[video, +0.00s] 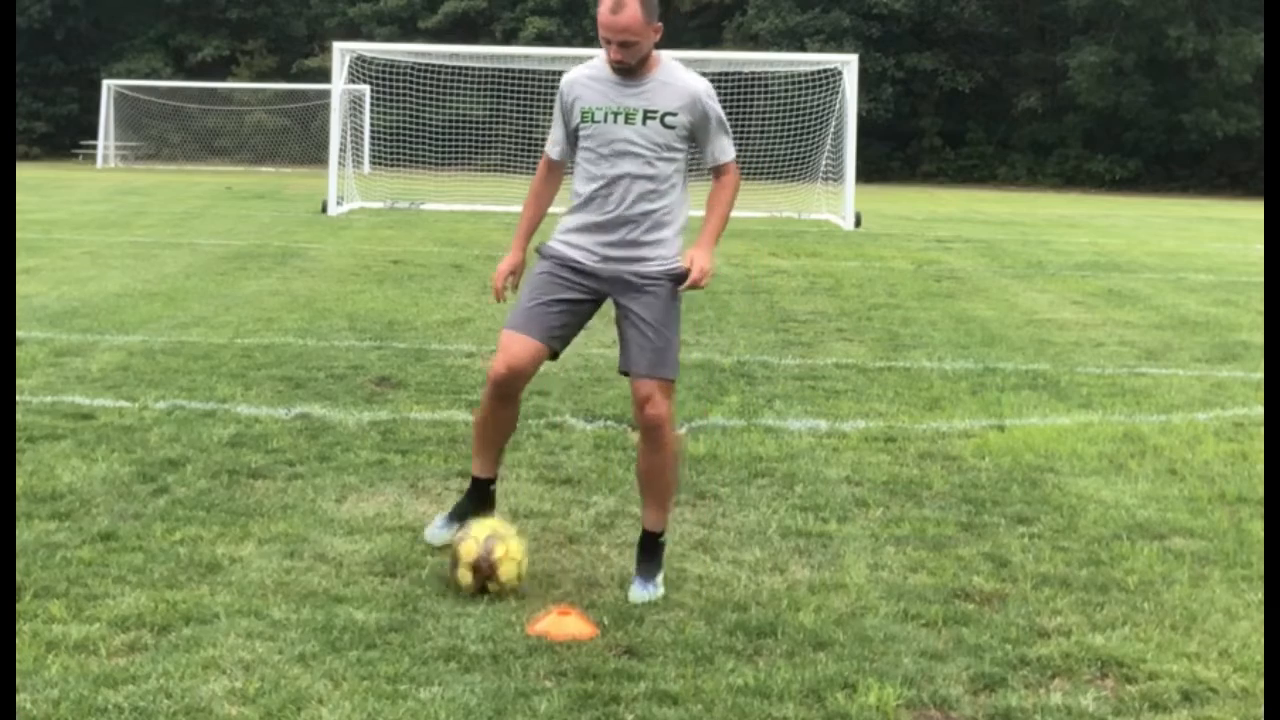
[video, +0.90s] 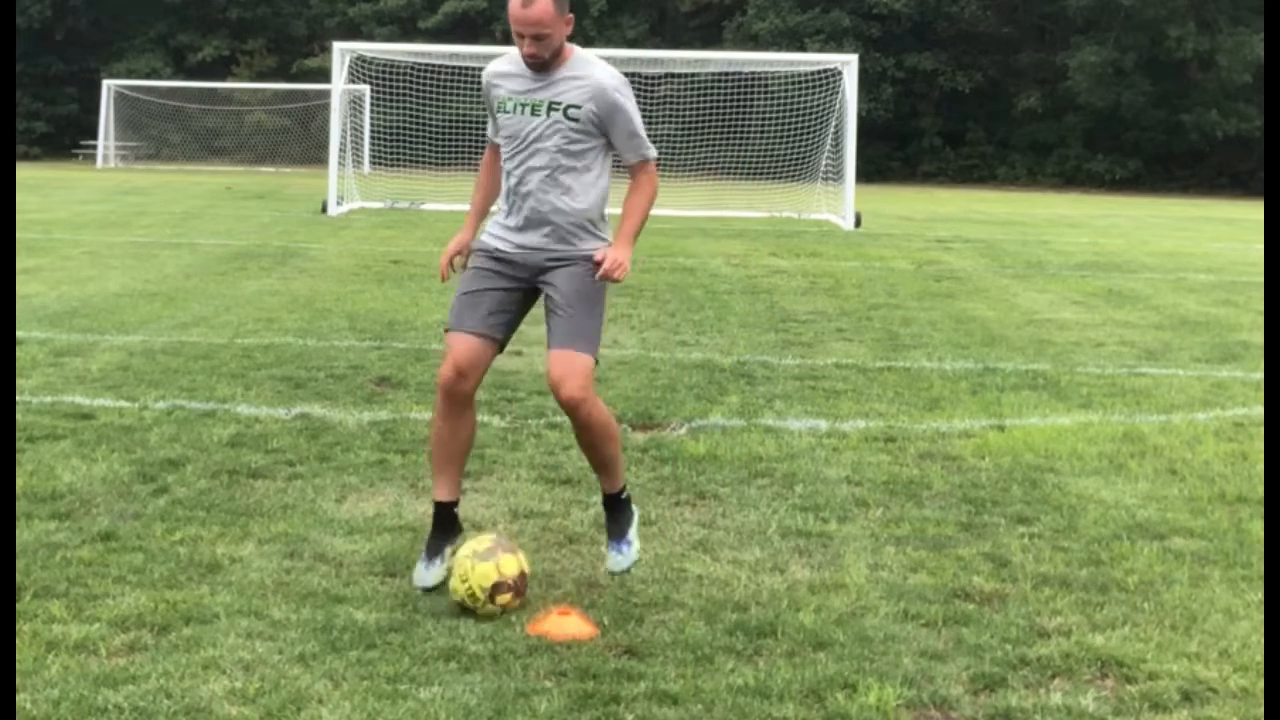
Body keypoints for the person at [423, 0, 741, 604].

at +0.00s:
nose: (614, 53)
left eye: (626, 44)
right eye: (605, 41)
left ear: (657, 31)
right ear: (597, 27)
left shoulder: (692, 93)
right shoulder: (577, 84)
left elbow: (727, 170)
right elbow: (551, 167)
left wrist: (705, 244)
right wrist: (518, 246)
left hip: (650, 266)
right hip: (572, 254)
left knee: (653, 411)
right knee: (503, 371)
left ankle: (650, 557)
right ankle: (477, 501)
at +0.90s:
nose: (527, 47)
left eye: (539, 36)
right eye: (518, 35)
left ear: (569, 22)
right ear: (509, 22)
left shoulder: (603, 86)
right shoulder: (499, 76)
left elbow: (645, 171)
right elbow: (496, 153)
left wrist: (624, 243)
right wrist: (470, 230)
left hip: (575, 256)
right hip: (502, 250)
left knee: (571, 389)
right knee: (454, 377)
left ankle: (618, 509)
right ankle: (444, 523)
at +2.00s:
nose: (453, 37)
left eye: (463, 25)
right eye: (441, 26)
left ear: (489, 10)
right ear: (428, 18)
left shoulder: (532, 67)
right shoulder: (417, 82)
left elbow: (576, 146)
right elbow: (399, 167)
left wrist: (570, 219)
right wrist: (371, 249)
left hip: (521, 237)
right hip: (448, 246)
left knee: (510, 347)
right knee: (434, 388)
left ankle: (496, 469)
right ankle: (435, 539)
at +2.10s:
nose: (451, 36)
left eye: (462, 23)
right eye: (440, 25)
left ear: (486, 10)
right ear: (428, 17)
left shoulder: (531, 65)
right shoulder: (414, 81)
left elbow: (572, 141)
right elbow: (392, 167)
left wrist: (569, 217)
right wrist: (362, 247)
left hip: (520, 237)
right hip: (447, 244)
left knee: (504, 348)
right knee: (432, 386)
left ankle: (486, 464)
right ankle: (433, 536)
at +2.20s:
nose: (450, 38)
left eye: (461, 26)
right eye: (439, 27)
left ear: (485, 13)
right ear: (426, 19)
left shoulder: (530, 67)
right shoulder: (411, 85)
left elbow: (569, 142)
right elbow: (385, 171)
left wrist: (569, 218)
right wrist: (352, 250)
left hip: (518, 239)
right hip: (445, 245)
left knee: (500, 354)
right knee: (431, 387)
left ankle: (476, 468)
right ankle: (428, 529)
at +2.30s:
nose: (448, 44)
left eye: (459, 32)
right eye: (436, 33)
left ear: (483, 17)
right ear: (422, 23)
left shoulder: (527, 72)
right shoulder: (409, 91)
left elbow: (566, 147)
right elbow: (378, 175)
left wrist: (570, 223)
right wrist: (343, 253)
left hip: (517, 247)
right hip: (443, 253)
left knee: (499, 364)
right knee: (428, 394)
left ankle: (466, 483)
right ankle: (423, 531)